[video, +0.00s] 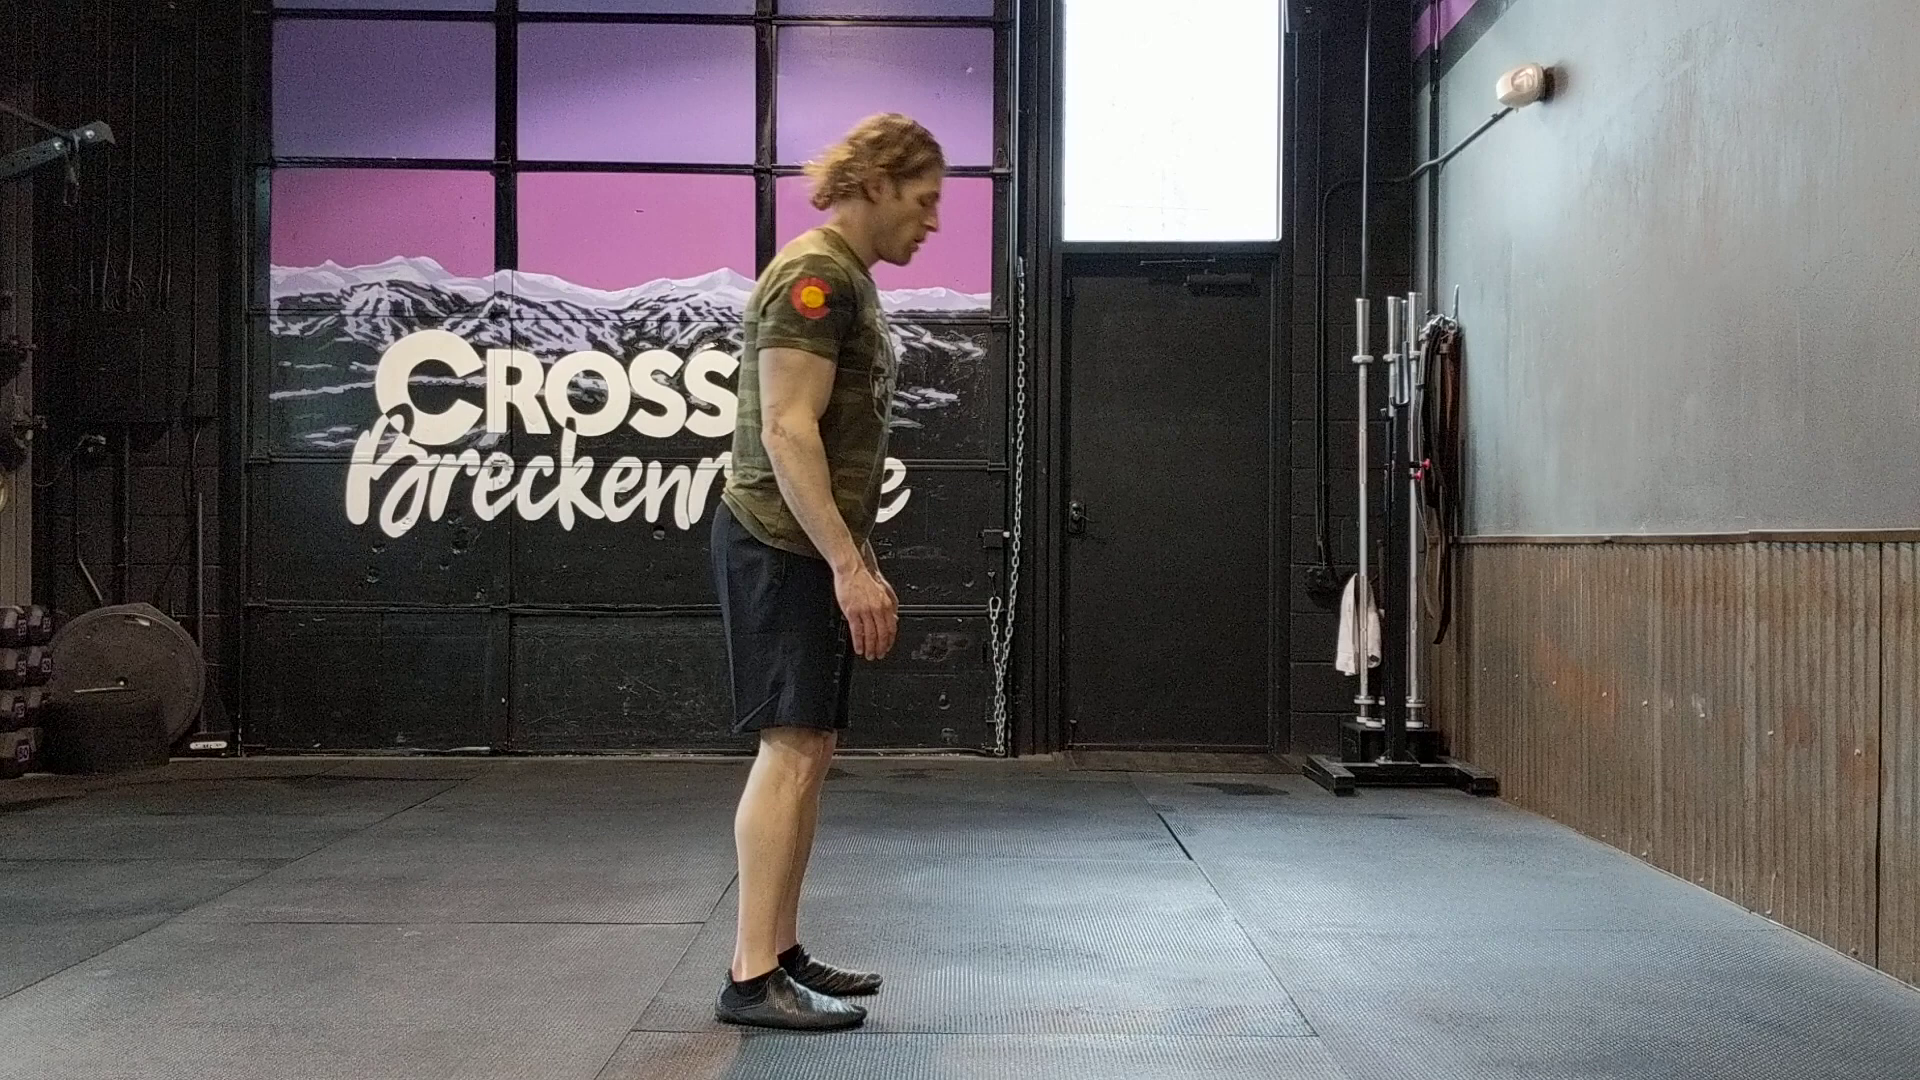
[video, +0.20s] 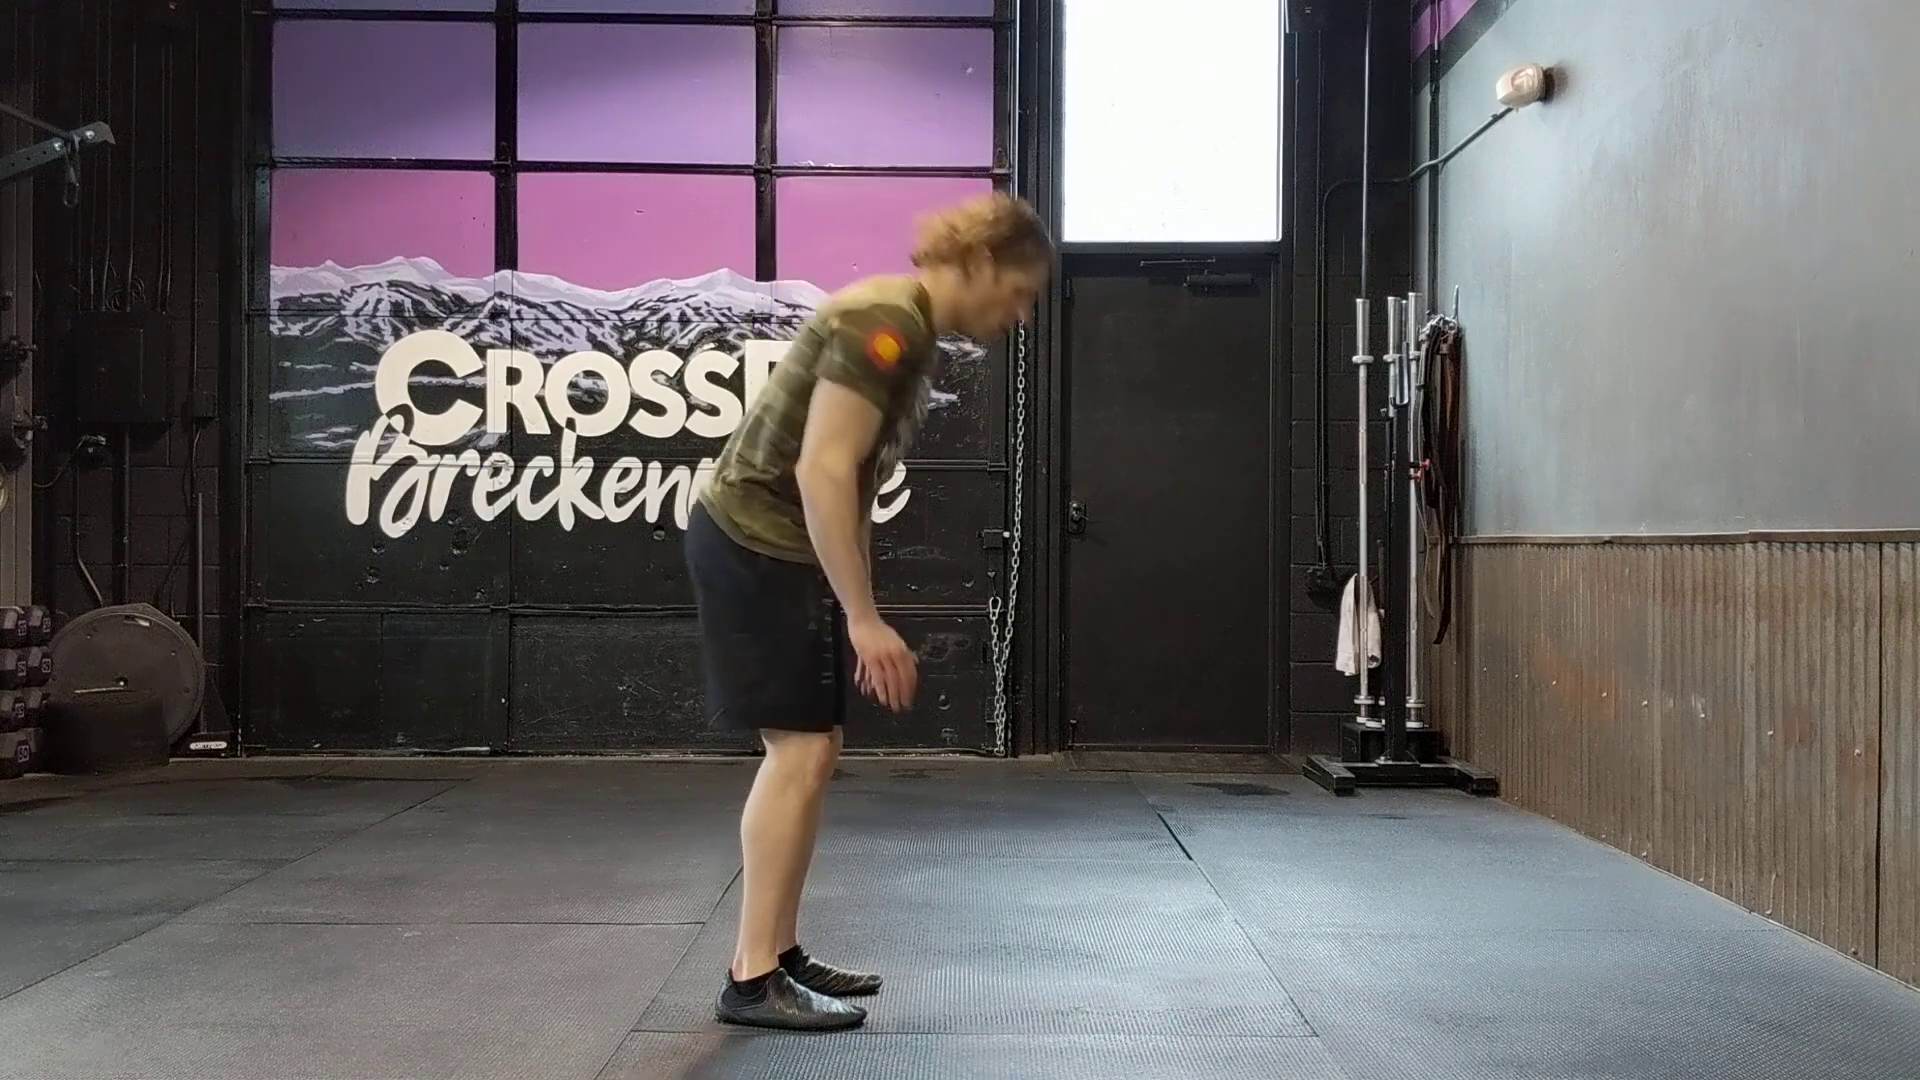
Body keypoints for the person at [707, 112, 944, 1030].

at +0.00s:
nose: (934, 220)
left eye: (937, 203)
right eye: (924, 200)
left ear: (878, 196)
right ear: (874, 190)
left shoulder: (839, 275)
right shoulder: (817, 277)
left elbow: (813, 431)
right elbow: (787, 432)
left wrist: (847, 559)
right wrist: (849, 564)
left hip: (807, 545)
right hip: (781, 544)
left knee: (811, 747)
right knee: (793, 749)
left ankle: (778, 952)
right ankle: (751, 975)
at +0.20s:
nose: (1021, 316)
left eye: (1029, 301)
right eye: (1021, 295)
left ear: (972, 269)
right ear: (974, 266)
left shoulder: (906, 326)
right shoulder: (886, 322)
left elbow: (836, 470)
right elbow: (825, 469)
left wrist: (857, 610)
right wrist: (863, 616)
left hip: (787, 541)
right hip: (757, 538)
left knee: (814, 749)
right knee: (799, 749)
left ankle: (775, 951)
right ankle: (753, 974)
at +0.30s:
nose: (1058, 412)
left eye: (1068, 398)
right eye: (1059, 391)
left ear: (1015, 354)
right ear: (1016, 354)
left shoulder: (939, 389)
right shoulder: (924, 390)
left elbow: (875, 544)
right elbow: (856, 543)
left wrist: (877, 686)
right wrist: (883, 695)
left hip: (769, 549)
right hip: (738, 545)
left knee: (821, 750)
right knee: (813, 753)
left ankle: (779, 954)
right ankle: (752, 976)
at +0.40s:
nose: (1080, 516)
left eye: (1091, 502)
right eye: (1080, 495)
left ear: (1039, 454)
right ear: (1041, 459)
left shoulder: (967, 471)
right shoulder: (955, 471)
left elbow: (917, 639)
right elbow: (910, 644)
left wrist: (936, 785)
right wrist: (936, 798)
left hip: (765, 562)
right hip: (732, 560)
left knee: (847, 751)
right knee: (835, 758)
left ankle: (777, 958)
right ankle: (755, 978)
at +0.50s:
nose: (1087, 605)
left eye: (1100, 594)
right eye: (1090, 586)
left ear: (1055, 542)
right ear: (1057, 547)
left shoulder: (992, 546)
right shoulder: (981, 552)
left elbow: (978, 731)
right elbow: (971, 739)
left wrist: (1022, 855)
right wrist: (1027, 884)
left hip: (773, 584)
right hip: (734, 582)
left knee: (877, 755)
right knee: (859, 770)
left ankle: (783, 955)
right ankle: (756, 977)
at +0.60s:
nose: (1106, 677)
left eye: (1117, 667)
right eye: (1111, 660)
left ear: (1079, 619)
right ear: (1081, 624)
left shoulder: (1021, 608)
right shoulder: (1008, 612)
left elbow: (1040, 784)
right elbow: (1030, 813)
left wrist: (1093, 897)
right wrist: (1108, 949)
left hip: (788, 604)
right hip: (750, 607)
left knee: (910, 769)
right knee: (889, 788)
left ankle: (789, 953)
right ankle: (762, 971)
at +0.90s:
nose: (1169, 805)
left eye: (1183, 799)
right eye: (1179, 792)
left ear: (1164, 741)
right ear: (1163, 748)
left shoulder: (1119, 698)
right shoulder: (1102, 713)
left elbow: (1076, 867)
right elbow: (1072, 882)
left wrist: (1104, 967)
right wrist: (1126, 1026)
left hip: (889, 555)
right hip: (884, 559)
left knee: (914, 787)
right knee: (919, 795)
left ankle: (764, 917)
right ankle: (749, 928)